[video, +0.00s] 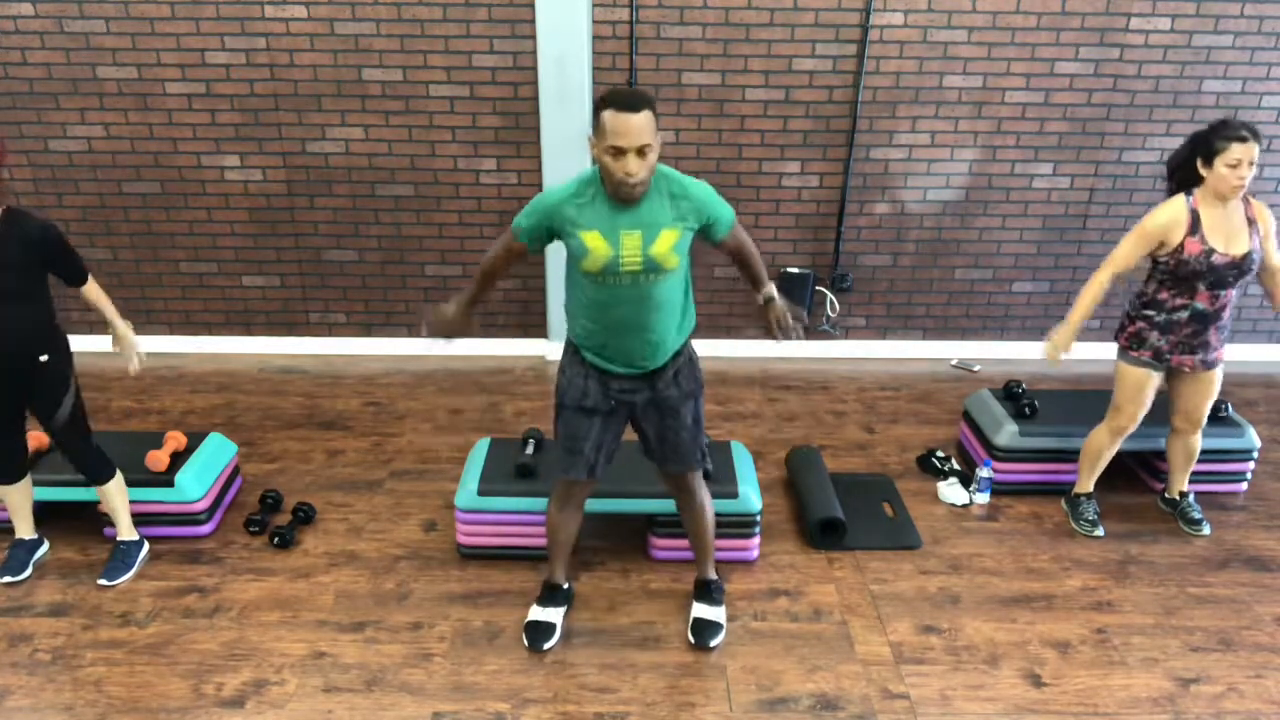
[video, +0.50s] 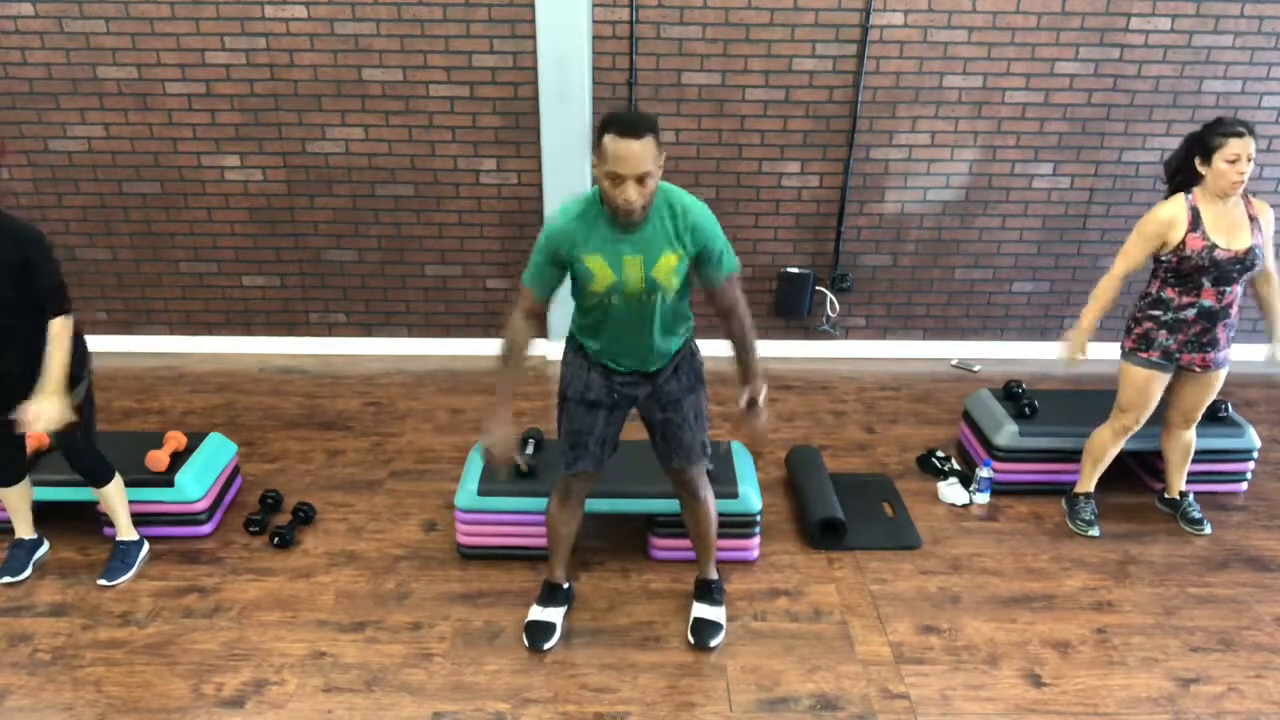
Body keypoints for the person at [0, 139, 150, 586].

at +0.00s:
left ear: (5, 187)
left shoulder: (29, 231)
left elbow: (81, 280)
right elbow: (83, 278)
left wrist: (118, 324)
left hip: (42, 362)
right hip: (3, 372)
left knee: (81, 450)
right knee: (8, 458)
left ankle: (129, 539)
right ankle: (26, 539)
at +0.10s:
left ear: (4, 190)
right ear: (3, 191)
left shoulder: (29, 232)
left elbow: (81, 272)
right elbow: (81, 269)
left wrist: (116, 309)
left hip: (38, 363)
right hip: (1, 372)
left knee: (77, 449)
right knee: (7, 459)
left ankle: (129, 538)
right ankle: (26, 539)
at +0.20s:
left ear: (4, 195)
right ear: (3, 195)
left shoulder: (32, 234)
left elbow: (83, 276)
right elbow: (83, 274)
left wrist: (117, 312)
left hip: (38, 363)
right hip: (1, 373)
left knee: (76, 450)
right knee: (7, 459)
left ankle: (129, 539)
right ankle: (26, 539)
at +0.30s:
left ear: (5, 188)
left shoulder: (31, 235)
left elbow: (83, 290)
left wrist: (122, 344)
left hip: (40, 364)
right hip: (1, 374)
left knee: (79, 450)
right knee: (7, 459)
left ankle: (128, 538)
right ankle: (26, 539)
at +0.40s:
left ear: (2, 192)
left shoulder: (27, 234)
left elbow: (72, 302)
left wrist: (97, 371)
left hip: (46, 362)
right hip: (3, 372)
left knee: (82, 452)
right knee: (7, 459)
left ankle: (129, 538)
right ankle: (26, 539)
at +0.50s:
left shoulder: (20, 239)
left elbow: (59, 315)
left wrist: (51, 390)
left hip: (54, 362)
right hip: (7, 371)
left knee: (79, 449)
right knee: (6, 458)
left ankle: (129, 538)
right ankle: (26, 539)